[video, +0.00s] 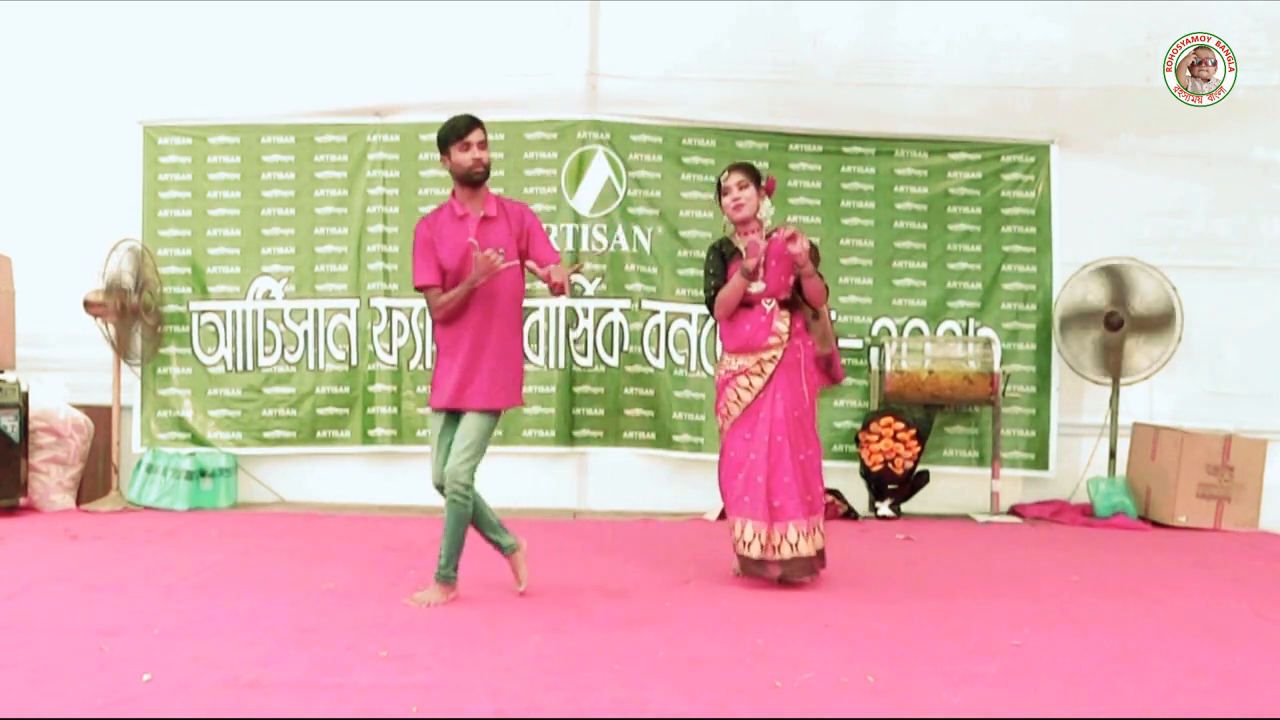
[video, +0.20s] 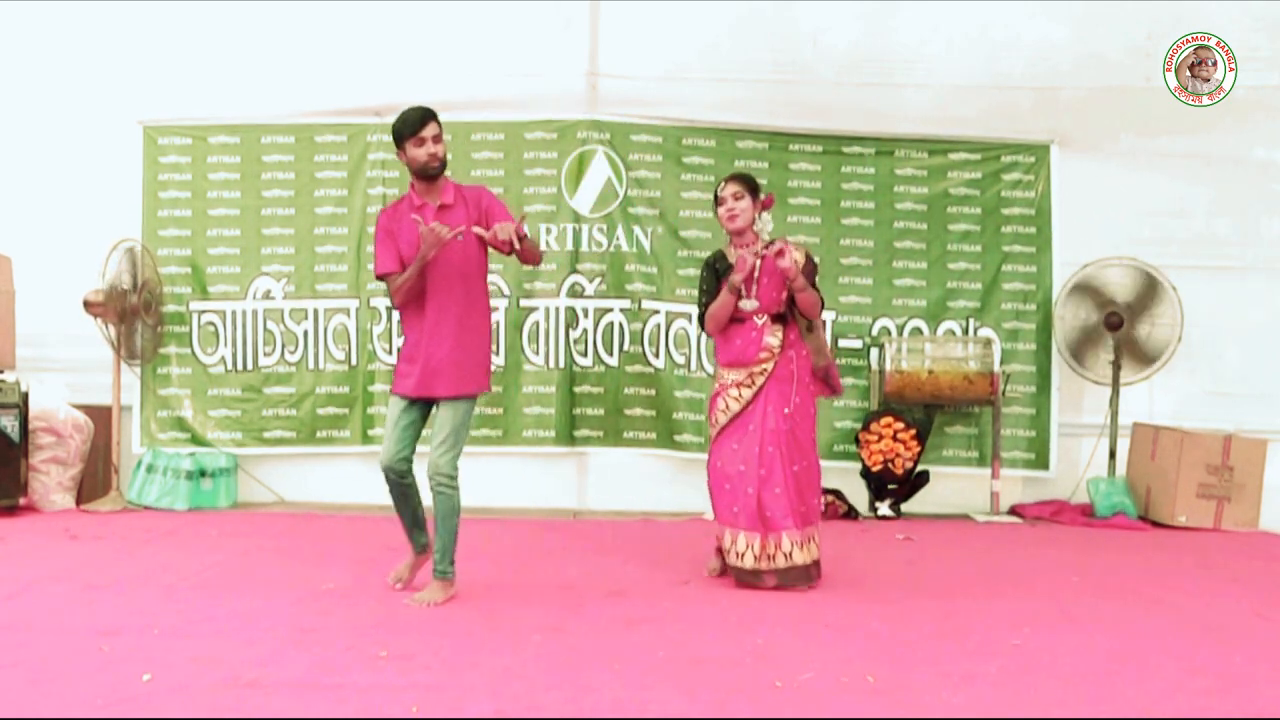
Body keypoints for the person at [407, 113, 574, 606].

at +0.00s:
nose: (478, 154)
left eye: (483, 145)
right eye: (467, 147)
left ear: (491, 152)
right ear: (446, 159)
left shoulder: (518, 217)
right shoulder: (430, 228)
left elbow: (553, 270)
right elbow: (438, 309)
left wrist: (556, 277)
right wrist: (472, 279)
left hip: (497, 367)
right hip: (451, 368)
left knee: (458, 475)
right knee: (443, 478)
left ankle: (445, 581)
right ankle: (511, 548)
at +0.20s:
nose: (434, 149)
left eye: (438, 139)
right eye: (422, 143)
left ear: (446, 142)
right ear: (402, 153)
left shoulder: (477, 199)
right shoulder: (391, 218)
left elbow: (534, 255)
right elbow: (397, 296)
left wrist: (514, 241)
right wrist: (424, 255)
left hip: (464, 357)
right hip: (416, 358)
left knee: (440, 465)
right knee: (393, 461)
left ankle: (444, 579)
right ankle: (421, 546)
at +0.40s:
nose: (387, 146)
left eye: (392, 135)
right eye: (375, 141)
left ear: (403, 136)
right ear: (360, 152)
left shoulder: (440, 189)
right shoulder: (355, 211)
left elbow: (500, 243)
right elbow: (367, 288)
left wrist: (481, 219)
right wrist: (384, 243)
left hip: (430, 345)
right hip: (382, 347)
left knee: (394, 459)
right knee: (382, 463)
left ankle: (367, 573)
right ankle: (404, 555)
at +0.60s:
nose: (355, 163)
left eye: (360, 152)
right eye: (342, 159)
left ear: (373, 155)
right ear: (330, 172)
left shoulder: (415, 207)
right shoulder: (330, 234)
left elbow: (467, 265)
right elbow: (343, 319)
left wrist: (436, 252)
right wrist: (346, 283)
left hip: (405, 367)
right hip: (355, 367)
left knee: (367, 473)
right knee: (329, 469)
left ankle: (349, 580)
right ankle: (363, 540)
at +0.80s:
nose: (347, 155)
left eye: (352, 143)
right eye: (335, 151)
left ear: (364, 143)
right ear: (322, 164)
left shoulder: (407, 190)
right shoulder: (326, 224)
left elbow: (451, 255)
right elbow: (321, 307)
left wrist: (412, 237)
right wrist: (300, 265)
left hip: (415, 350)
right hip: (363, 353)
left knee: (387, 457)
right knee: (343, 460)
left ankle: (365, 570)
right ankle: (333, 562)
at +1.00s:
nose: (367, 165)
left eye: (372, 152)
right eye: (354, 160)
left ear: (386, 152)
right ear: (343, 172)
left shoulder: (429, 202)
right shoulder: (350, 236)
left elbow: (460, 277)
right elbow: (353, 325)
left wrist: (415, 260)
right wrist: (321, 293)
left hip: (435, 362)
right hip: (380, 365)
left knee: (408, 474)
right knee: (352, 473)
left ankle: (382, 587)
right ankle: (340, 559)